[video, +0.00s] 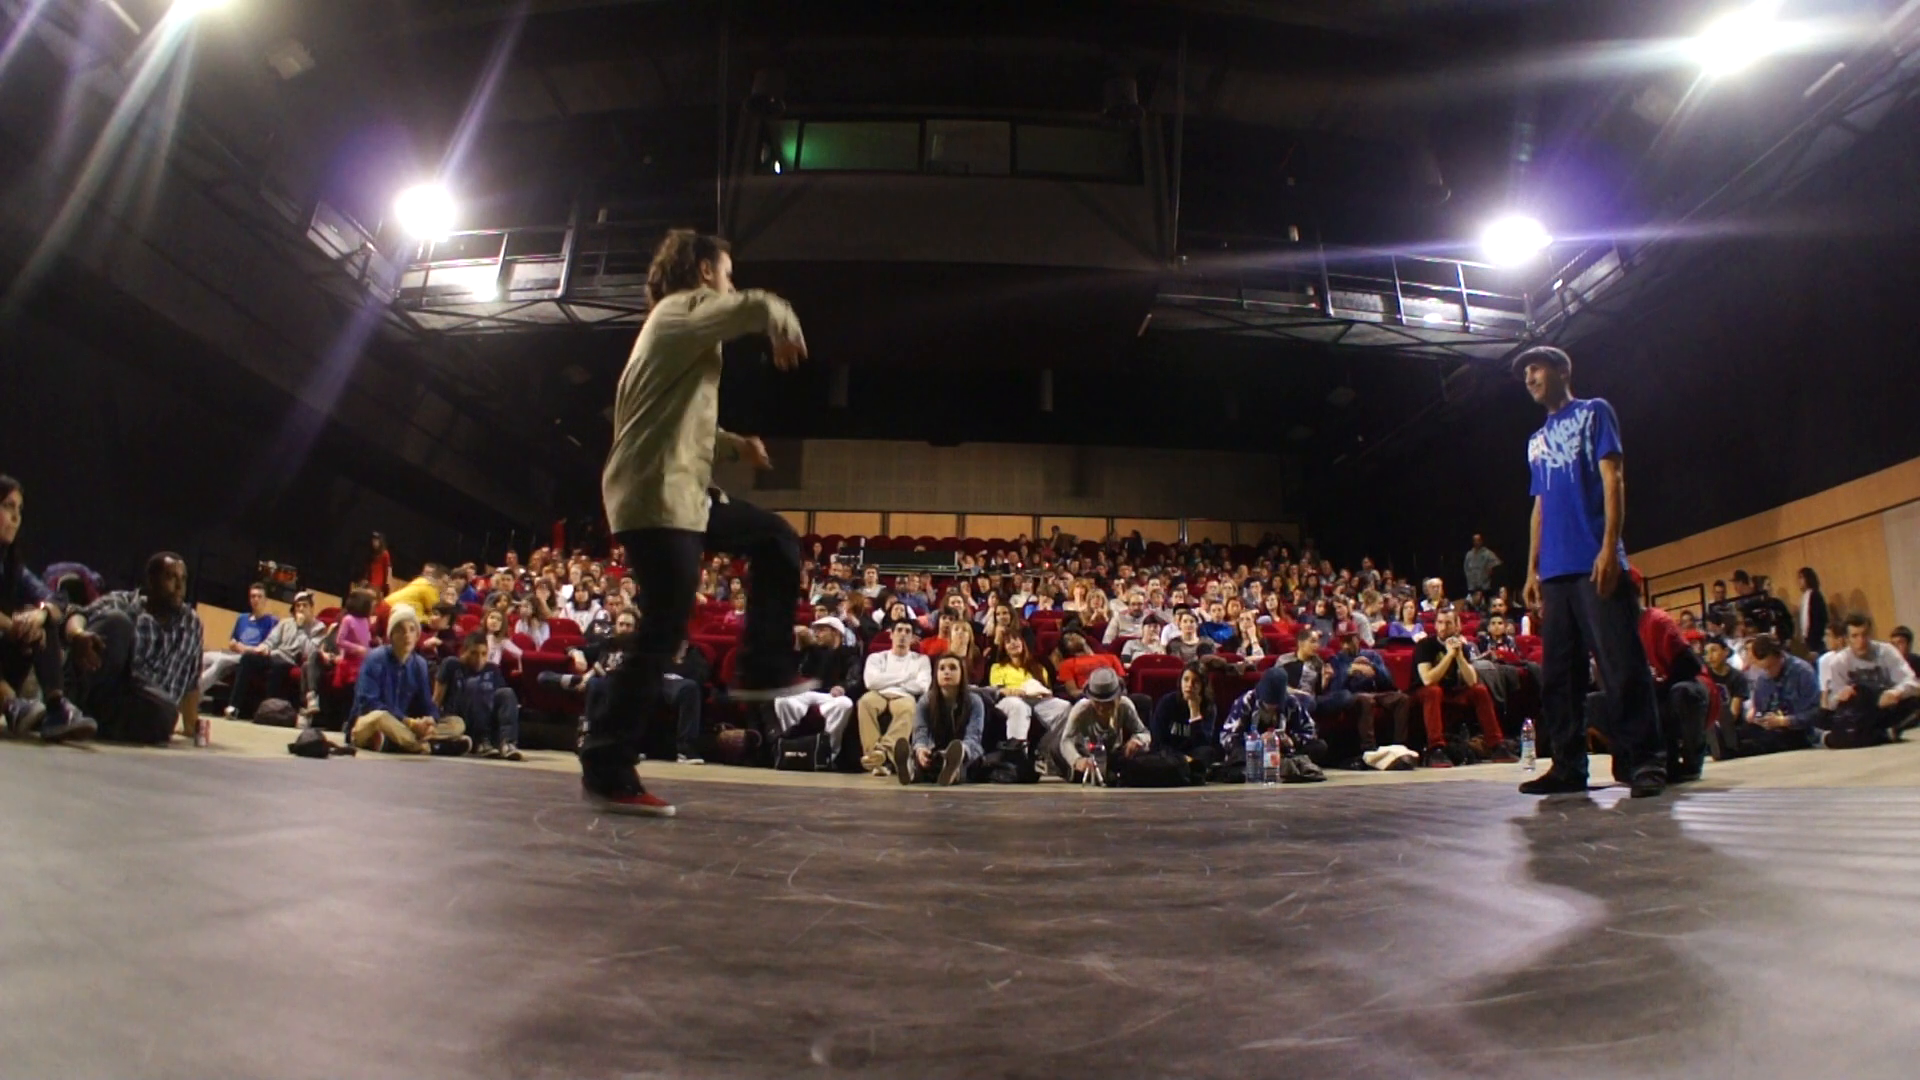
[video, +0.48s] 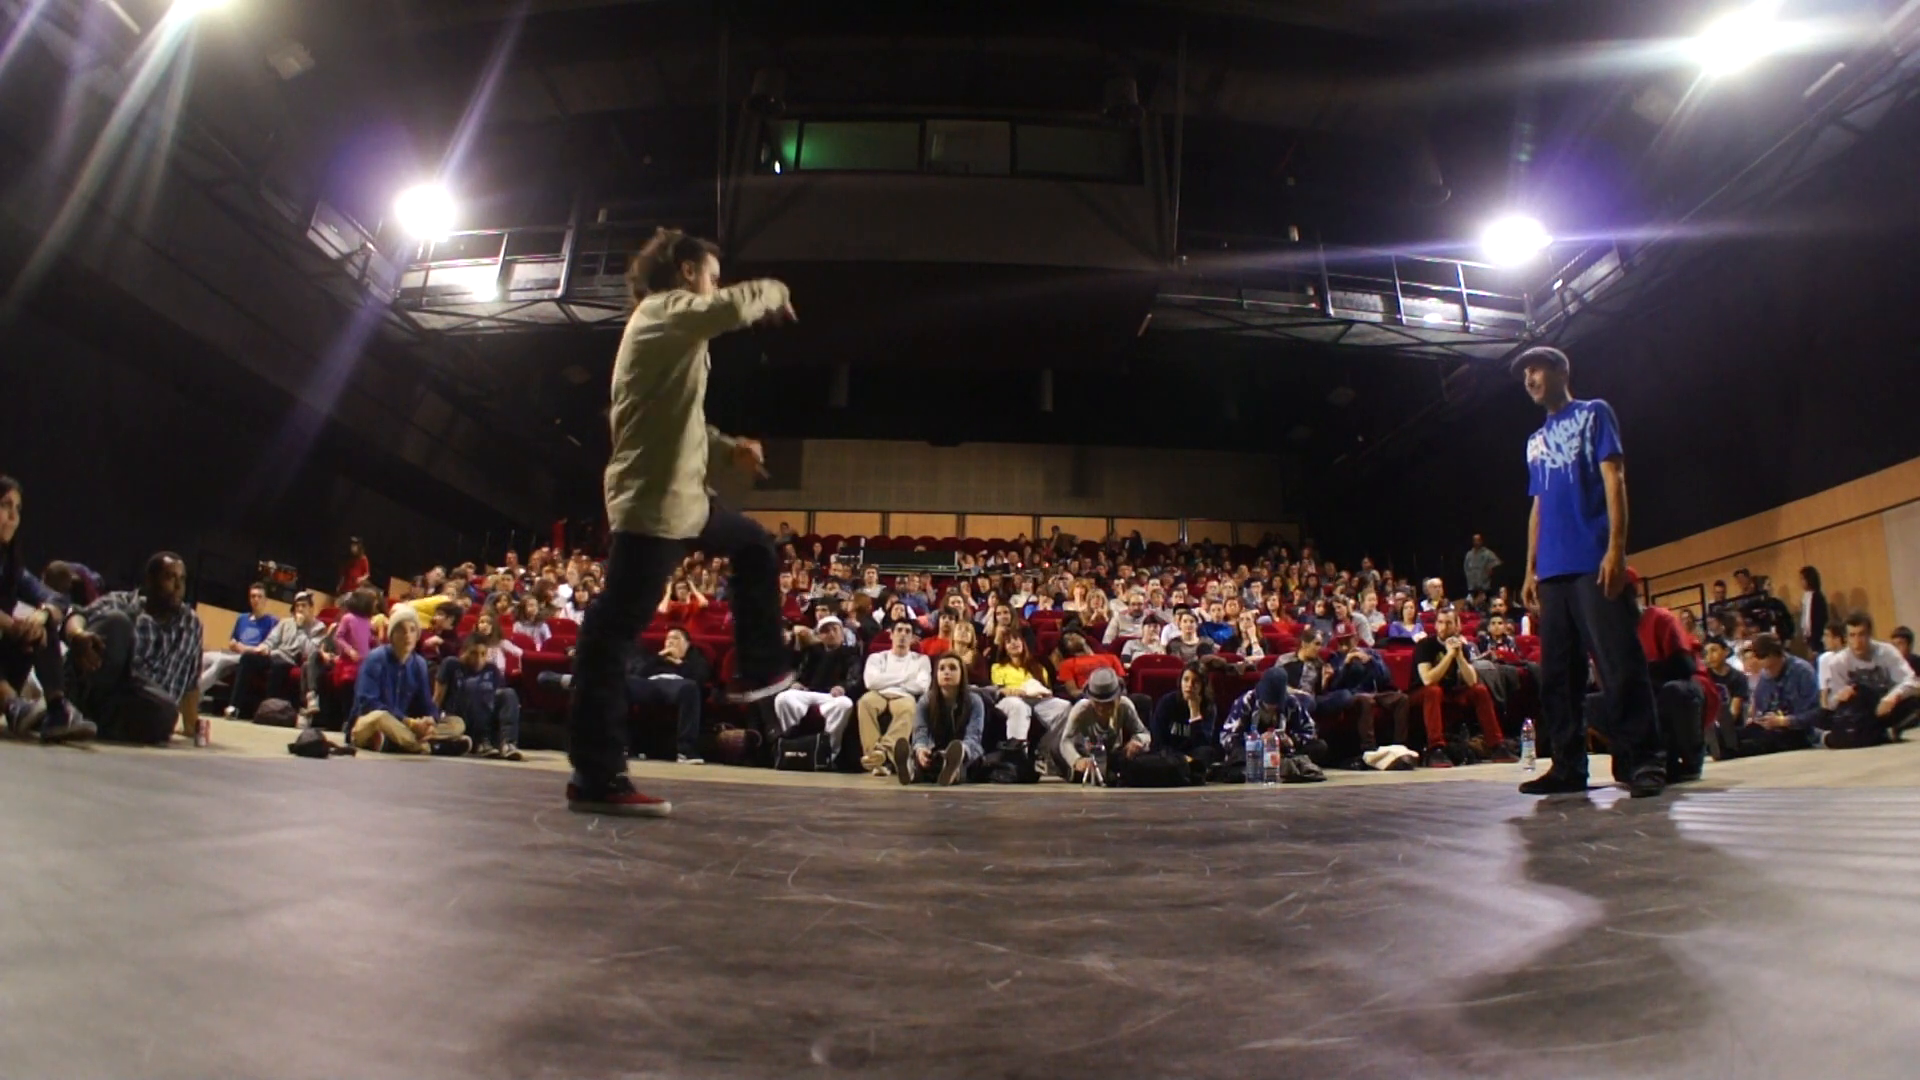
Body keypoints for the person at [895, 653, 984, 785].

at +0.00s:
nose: (947, 672)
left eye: (953, 668)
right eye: (942, 668)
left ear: (962, 673)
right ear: (936, 674)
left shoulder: (974, 701)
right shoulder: (925, 701)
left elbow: (974, 737)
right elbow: (920, 730)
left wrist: (961, 751)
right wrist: (920, 747)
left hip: (962, 751)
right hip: (933, 750)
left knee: (955, 763)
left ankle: (949, 773)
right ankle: (910, 768)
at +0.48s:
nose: (947, 672)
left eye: (952, 668)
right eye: (942, 668)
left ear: (962, 673)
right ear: (935, 674)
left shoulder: (974, 701)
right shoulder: (925, 701)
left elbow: (974, 737)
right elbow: (920, 731)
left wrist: (960, 751)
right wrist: (920, 748)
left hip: (962, 751)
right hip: (933, 750)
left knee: (955, 763)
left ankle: (950, 773)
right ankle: (910, 768)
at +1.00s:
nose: (947, 673)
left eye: (952, 668)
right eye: (942, 669)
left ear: (961, 673)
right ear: (936, 674)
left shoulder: (974, 701)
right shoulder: (925, 701)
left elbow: (974, 737)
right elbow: (920, 730)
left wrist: (961, 751)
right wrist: (920, 747)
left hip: (962, 751)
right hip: (933, 750)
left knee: (955, 762)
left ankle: (949, 773)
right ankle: (910, 768)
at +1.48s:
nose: (947, 673)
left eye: (952, 668)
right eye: (942, 669)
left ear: (961, 674)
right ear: (935, 674)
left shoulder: (974, 701)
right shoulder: (925, 701)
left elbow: (974, 737)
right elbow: (920, 730)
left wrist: (960, 751)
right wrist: (920, 748)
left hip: (962, 751)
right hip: (933, 750)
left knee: (955, 762)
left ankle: (949, 773)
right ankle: (910, 768)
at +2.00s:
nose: (947, 673)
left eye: (952, 668)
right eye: (942, 669)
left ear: (962, 673)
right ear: (935, 674)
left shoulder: (974, 701)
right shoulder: (925, 701)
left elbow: (974, 738)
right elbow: (920, 731)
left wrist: (961, 751)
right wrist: (920, 748)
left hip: (962, 751)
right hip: (933, 750)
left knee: (955, 762)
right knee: (919, 760)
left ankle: (949, 773)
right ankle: (910, 768)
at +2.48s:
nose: (947, 673)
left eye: (952, 668)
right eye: (942, 669)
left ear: (962, 674)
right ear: (936, 674)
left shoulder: (974, 701)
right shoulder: (925, 701)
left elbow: (974, 738)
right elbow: (920, 731)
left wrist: (961, 751)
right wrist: (920, 748)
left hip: (962, 751)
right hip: (933, 750)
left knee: (955, 762)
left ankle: (949, 773)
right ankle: (910, 768)